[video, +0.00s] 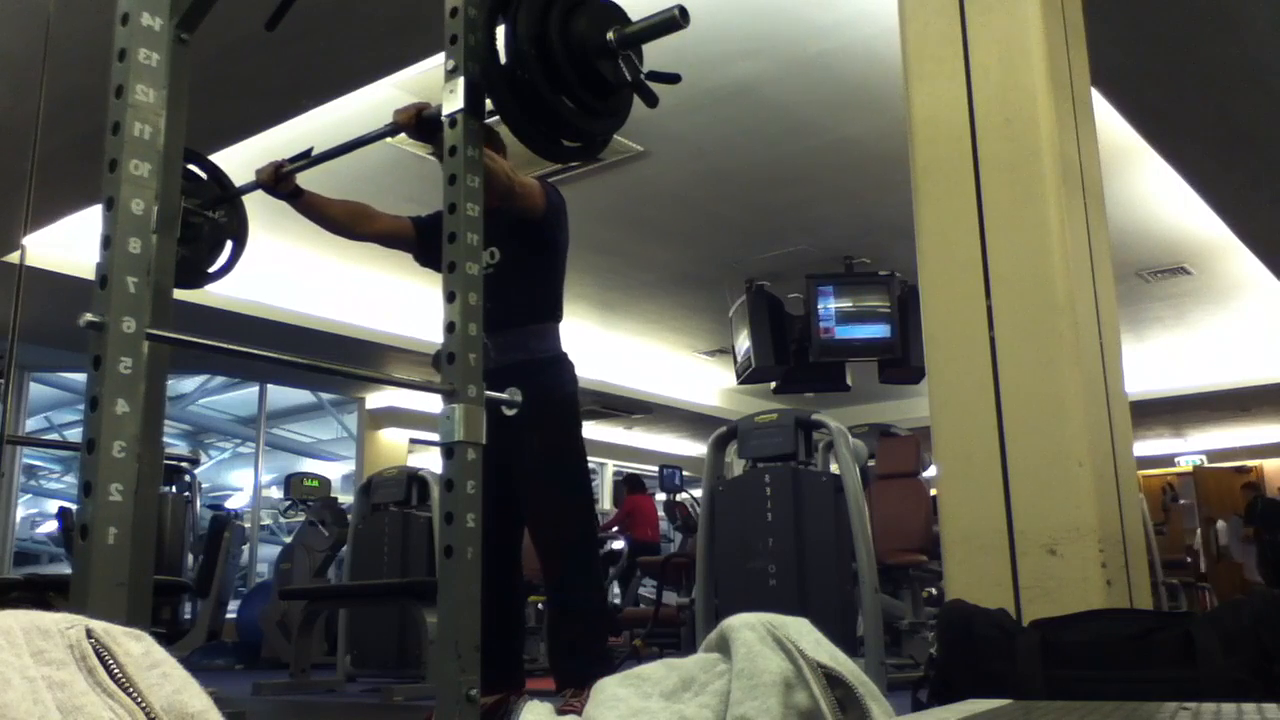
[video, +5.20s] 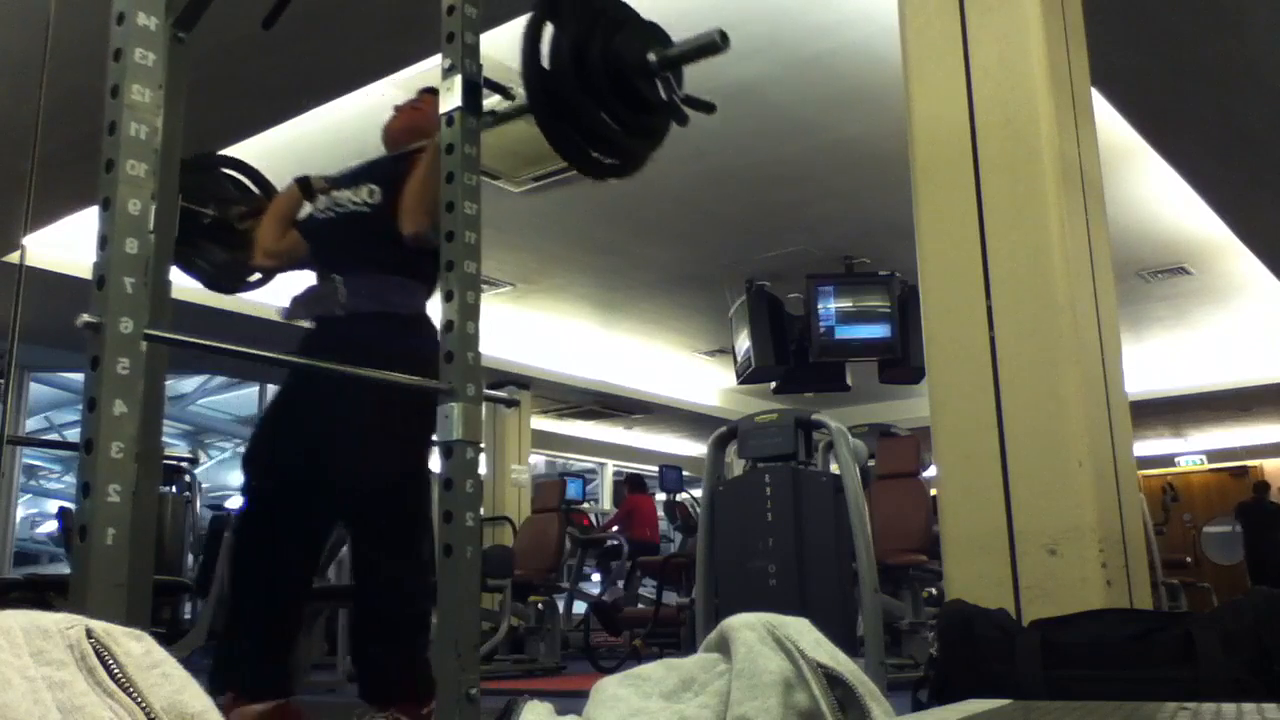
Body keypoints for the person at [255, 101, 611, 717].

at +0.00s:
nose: (468, 173)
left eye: (475, 160)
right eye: (459, 166)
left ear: (498, 154)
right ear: (451, 172)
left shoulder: (542, 206)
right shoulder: (455, 226)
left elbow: (503, 182)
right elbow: (368, 222)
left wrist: (440, 133)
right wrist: (295, 193)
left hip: (539, 385)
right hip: (476, 393)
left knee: (562, 535)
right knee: (486, 544)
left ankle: (579, 683)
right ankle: (497, 686)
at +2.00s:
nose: (467, 166)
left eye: (477, 154)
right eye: (461, 159)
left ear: (510, 155)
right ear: (458, 165)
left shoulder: (542, 208)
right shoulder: (457, 227)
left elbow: (504, 180)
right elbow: (369, 224)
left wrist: (441, 133)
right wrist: (295, 193)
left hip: (536, 384)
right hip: (475, 393)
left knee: (563, 538)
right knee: (487, 547)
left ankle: (580, 684)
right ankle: (497, 687)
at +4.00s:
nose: (470, 154)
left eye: (482, 143)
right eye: (465, 144)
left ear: (513, 152)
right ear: (455, 154)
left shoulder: (535, 198)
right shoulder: (447, 215)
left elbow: (506, 183)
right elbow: (361, 235)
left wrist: (443, 139)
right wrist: (296, 194)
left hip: (527, 383)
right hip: (469, 386)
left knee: (529, 532)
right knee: (472, 536)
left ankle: (532, 687)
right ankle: (485, 685)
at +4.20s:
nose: (428, 155)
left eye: (444, 146)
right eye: (427, 147)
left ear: (476, 156)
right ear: (427, 159)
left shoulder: (502, 208)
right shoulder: (407, 226)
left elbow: (499, 226)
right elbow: (331, 273)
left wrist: (436, 144)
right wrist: (291, 203)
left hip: (490, 397)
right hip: (421, 399)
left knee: (469, 544)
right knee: (370, 533)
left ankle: (475, 685)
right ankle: (437, 677)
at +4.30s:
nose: (403, 150)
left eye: (418, 140)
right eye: (399, 142)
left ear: (446, 153)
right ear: (393, 158)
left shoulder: (470, 206)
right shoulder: (382, 226)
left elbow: (469, 241)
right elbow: (304, 284)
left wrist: (434, 160)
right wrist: (281, 206)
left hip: (447, 404)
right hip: (386, 402)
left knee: (426, 553)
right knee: (298, 524)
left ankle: (445, 690)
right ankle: (343, 675)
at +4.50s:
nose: (373, 118)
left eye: (389, 114)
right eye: (370, 112)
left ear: (409, 140)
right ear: (354, 135)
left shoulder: (412, 195)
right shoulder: (315, 210)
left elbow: (399, 231)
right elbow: (240, 271)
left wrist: (412, 147)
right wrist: (258, 194)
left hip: (351, 379)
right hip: (287, 380)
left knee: (351, 546)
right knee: (220, 517)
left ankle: (432, 681)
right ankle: (250, 694)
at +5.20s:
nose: (404, 106)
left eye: (421, 103)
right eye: (404, 101)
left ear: (442, 130)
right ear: (390, 124)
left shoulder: (442, 178)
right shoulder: (354, 192)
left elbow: (414, 226)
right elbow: (267, 249)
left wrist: (440, 141)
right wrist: (300, 188)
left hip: (394, 352)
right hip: (325, 352)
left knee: (386, 516)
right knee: (275, 502)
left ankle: (399, 693)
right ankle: (258, 685)